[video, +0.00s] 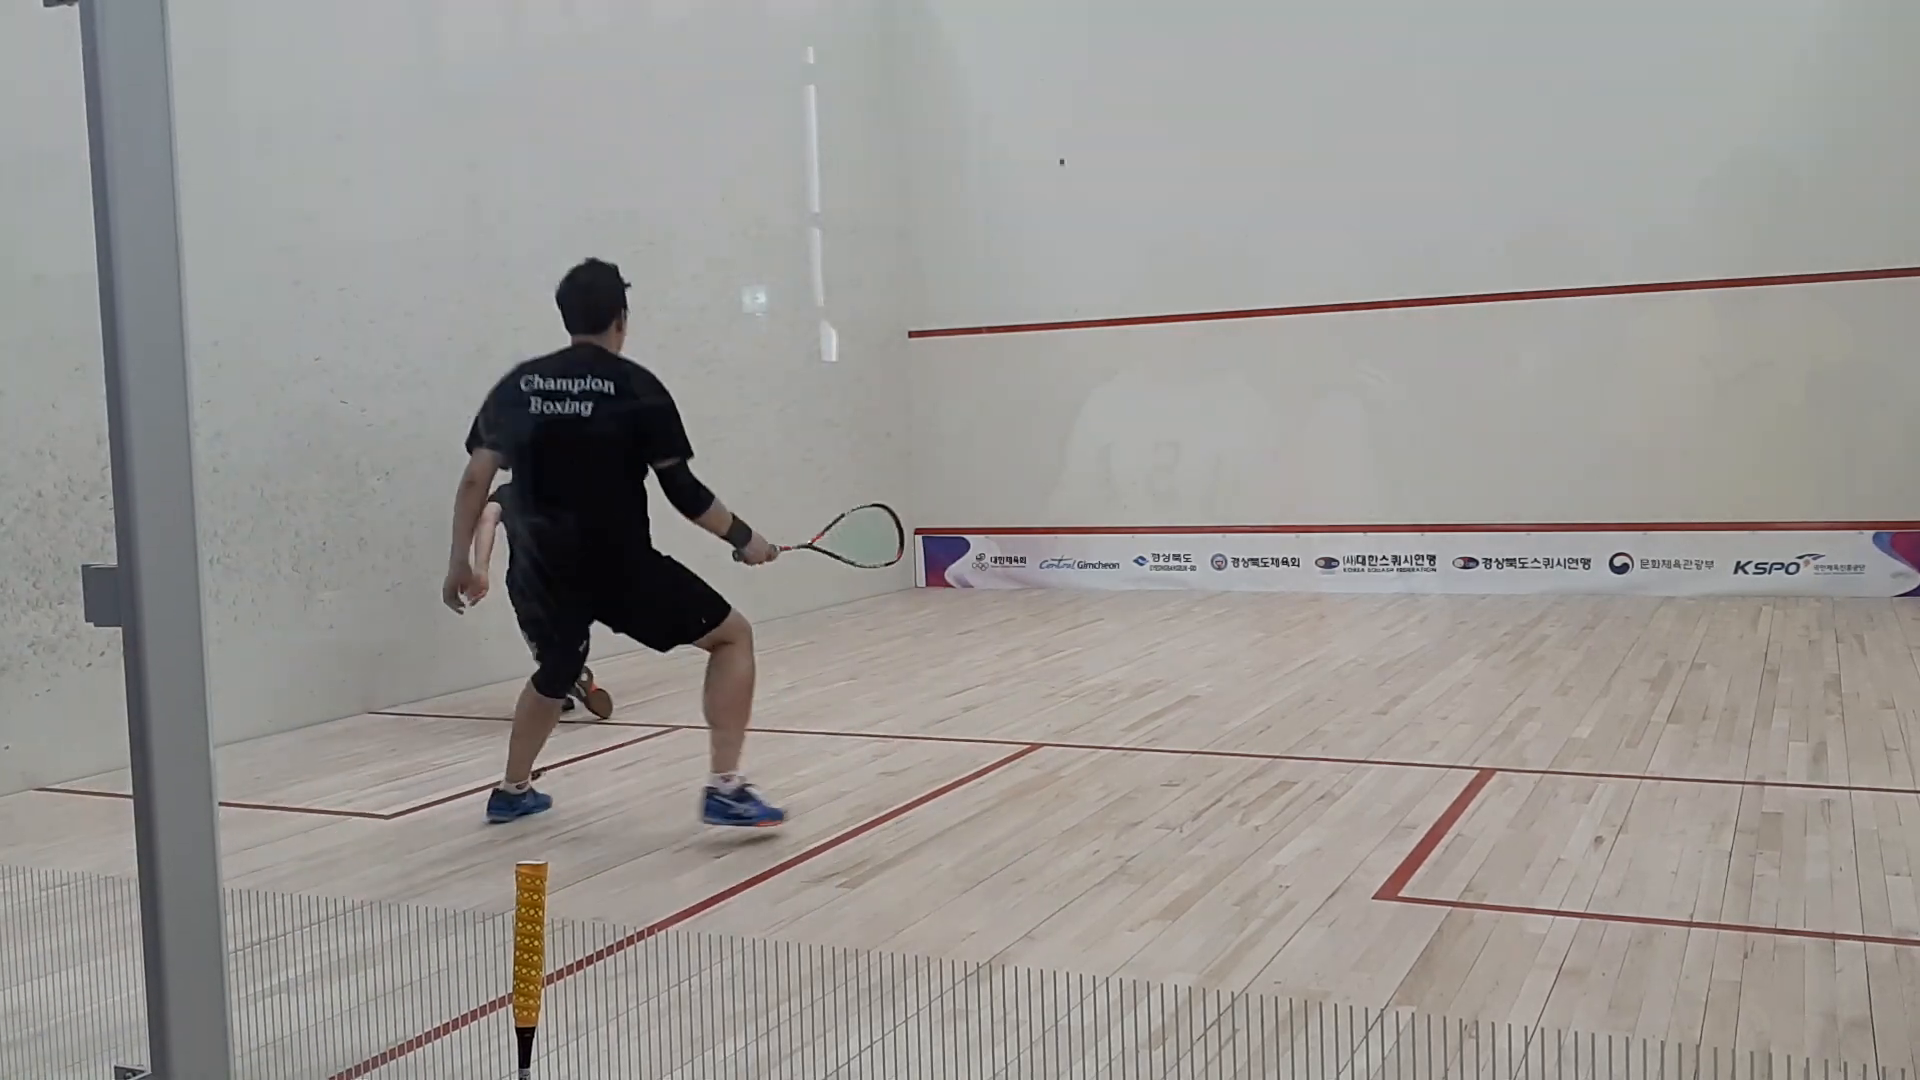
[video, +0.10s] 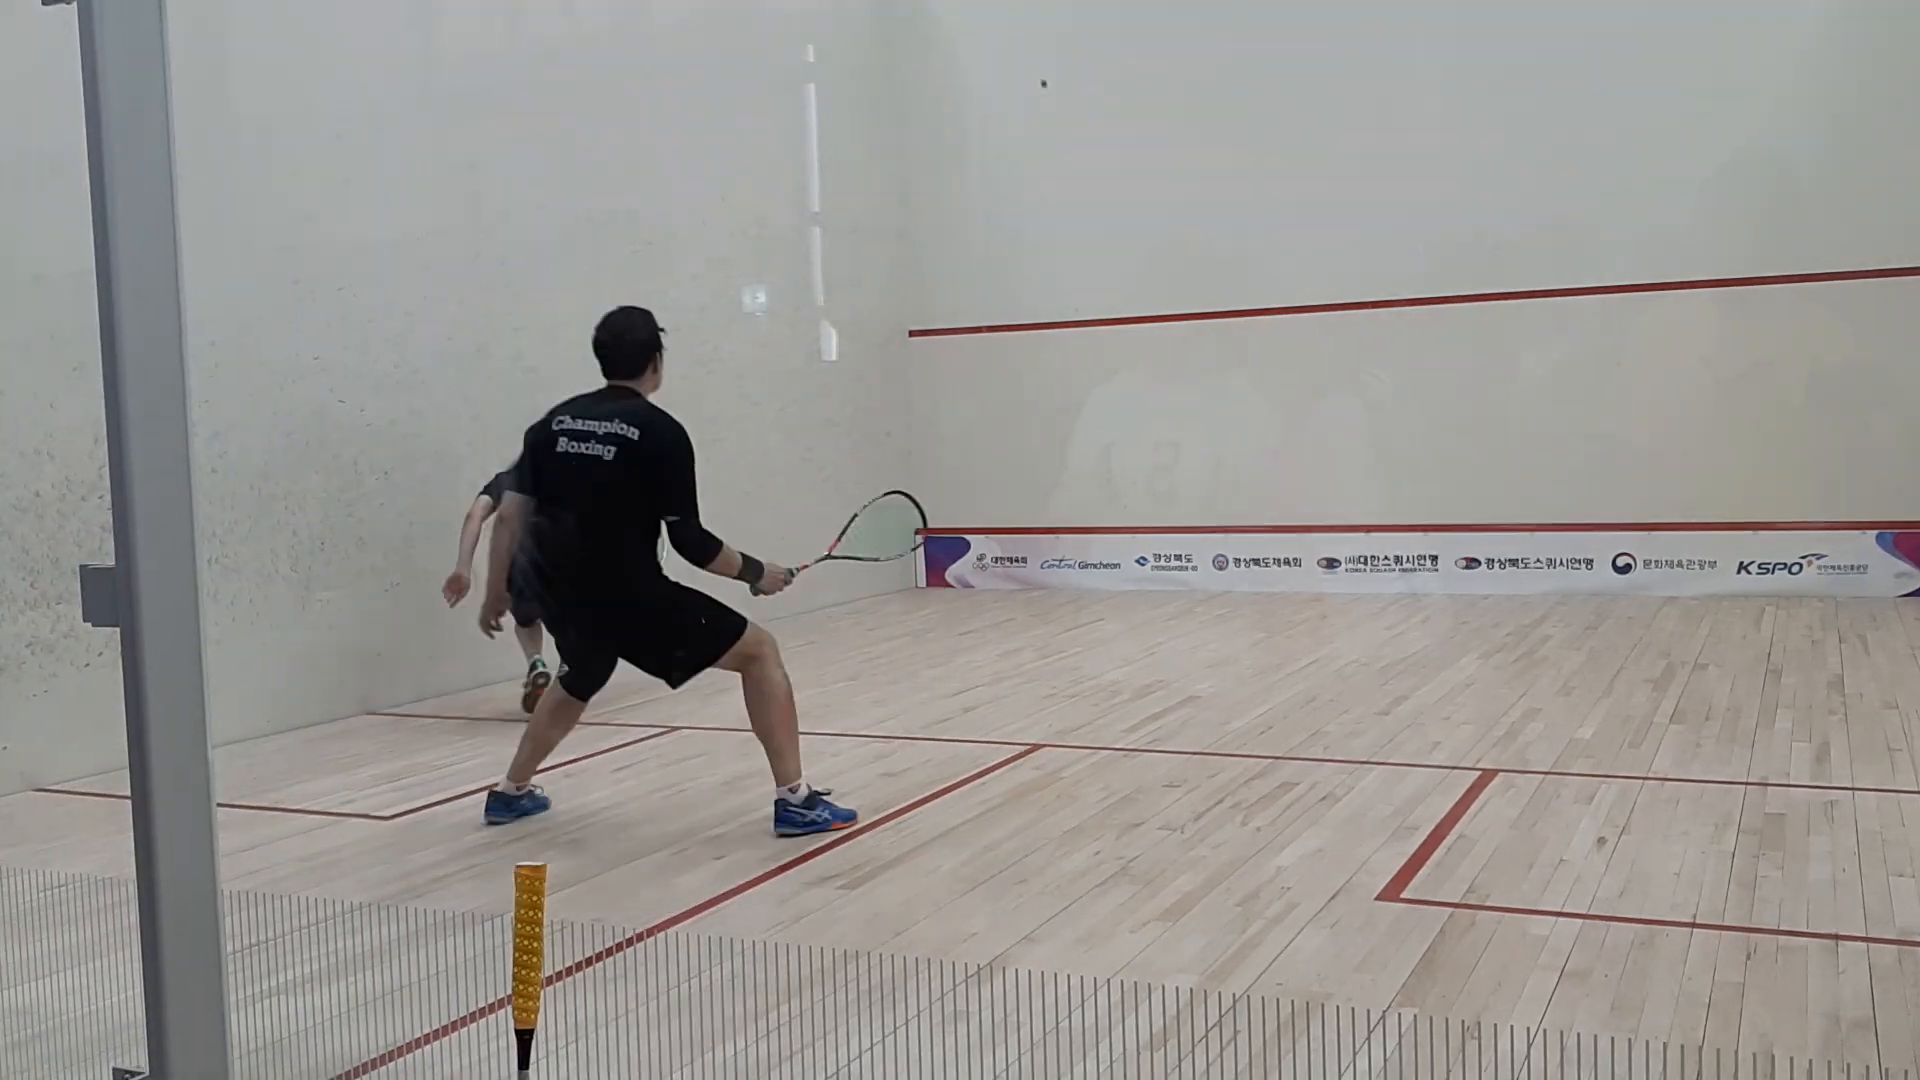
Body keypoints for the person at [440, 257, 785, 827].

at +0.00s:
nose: (627, 318)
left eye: (621, 310)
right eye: (626, 310)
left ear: (566, 319)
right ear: (620, 316)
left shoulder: (518, 383)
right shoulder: (639, 388)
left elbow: (474, 480)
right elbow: (681, 489)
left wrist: (458, 562)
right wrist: (744, 537)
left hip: (538, 571)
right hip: (618, 567)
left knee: (556, 669)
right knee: (732, 637)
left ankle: (512, 789)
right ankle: (727, 786)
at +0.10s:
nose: (663, 360)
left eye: (661, 352)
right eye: (661, 352)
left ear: (601, 361)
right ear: (654, 360)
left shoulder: (551, 425)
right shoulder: (663, 433)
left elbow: (510, 514)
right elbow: (686, 536)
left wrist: (495, 592)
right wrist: (757, 572)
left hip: (562, 596)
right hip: (632, 595)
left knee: (581, 674)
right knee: (758, 652)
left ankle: (510, 789)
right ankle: (794, 797)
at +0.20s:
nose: (704, 360)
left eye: (700, 351)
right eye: (702, 352)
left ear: (643, 361)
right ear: (696, 362)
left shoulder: (602, 419)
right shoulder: (701, 436)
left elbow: (559, 511)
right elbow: (725, 540)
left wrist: (556, 578)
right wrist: (799, 565)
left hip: (602, 595)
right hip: (673, 597)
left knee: (612, 680)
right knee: (791, 651)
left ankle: (518, 788)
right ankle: (798, 798)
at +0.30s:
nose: (724, 328)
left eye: (719, 318)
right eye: (720, 319)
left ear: (663, 333)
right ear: (713, 331)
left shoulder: (627, 394)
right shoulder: (719, 408)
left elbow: (592, 489)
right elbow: (758, 500)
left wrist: (623, 550)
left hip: (635, 581)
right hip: (708, 579)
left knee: (640, 672)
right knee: (807, 646)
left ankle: (542, 783)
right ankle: (800, 796)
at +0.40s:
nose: (725, 295)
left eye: (721, 285)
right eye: (721, 286)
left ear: (658, 299)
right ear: (714, 298)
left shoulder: (631, 363)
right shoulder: (711, 380)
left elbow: (645, 455)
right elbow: (763, 449)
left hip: (644, 552)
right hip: (713, 552)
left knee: (691, 659)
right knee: (808, 643)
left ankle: (604, 769)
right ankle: (800, 798)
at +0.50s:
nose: (711, 273)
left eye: (705, 262)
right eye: (707, 264)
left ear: (647, 282)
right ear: (701, 277)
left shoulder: (631, 347)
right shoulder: (689, 359)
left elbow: (677, 414)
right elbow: (756, 408)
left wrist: (733, 384)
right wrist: (812, 329)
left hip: (656, 548)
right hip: (722, 542)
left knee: (711, 669)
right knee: (800, 648)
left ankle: (660, 780)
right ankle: (801, 799)